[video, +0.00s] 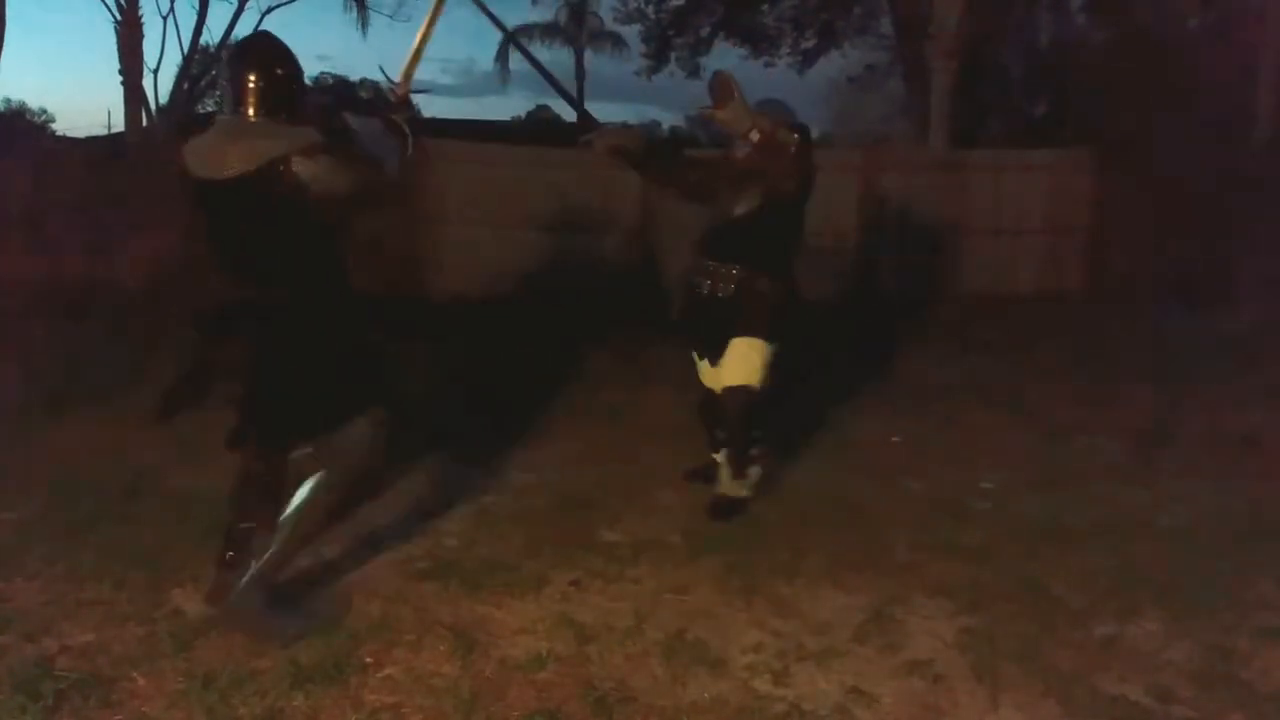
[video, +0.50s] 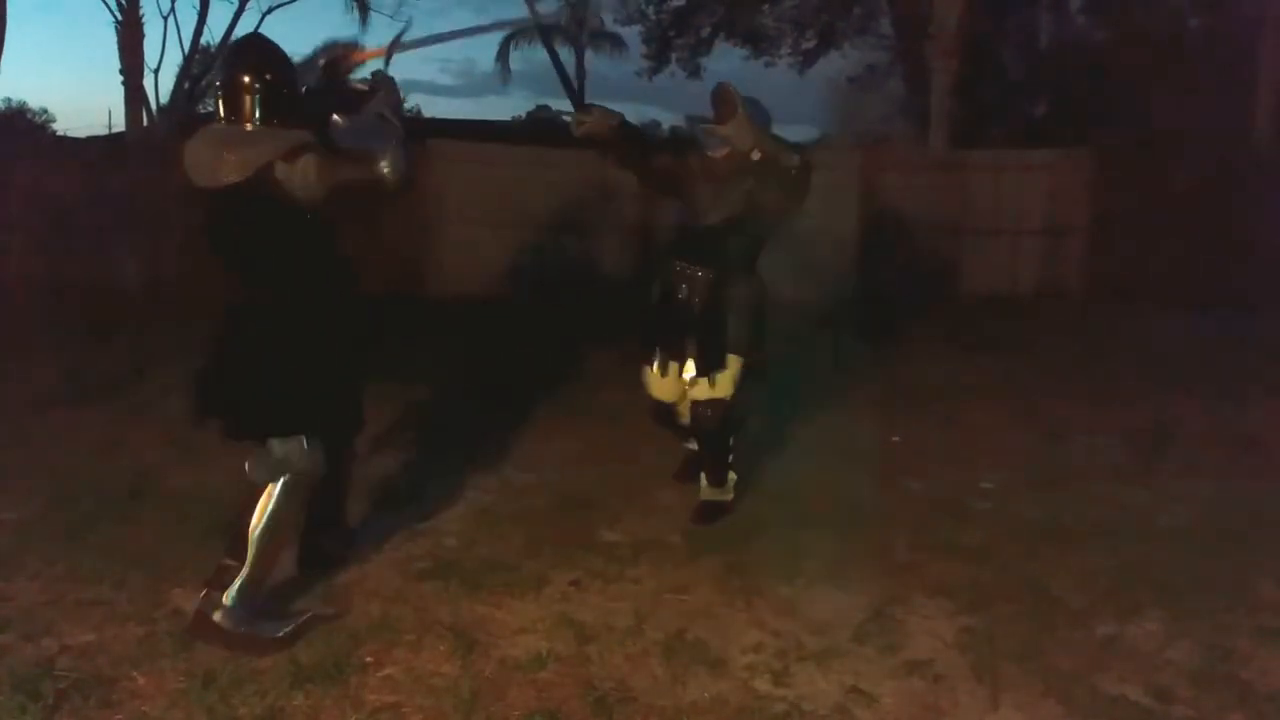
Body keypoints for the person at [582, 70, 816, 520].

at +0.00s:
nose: (743, 145)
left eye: (760, 138)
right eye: (741, 138)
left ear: (783, 140)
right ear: (736, 140)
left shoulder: (790, 179)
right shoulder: (726, 173)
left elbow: (791, 152)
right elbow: (682, 174)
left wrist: (748, 125)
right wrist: (636, 152)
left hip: (757, 292)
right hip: (712, 288)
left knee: (738, 390)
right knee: (712, 386)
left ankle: (736, 484)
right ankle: (721, 457)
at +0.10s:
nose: (732, 144)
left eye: (741, 137)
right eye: (729, 136)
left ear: (765, 138)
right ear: (729, 137)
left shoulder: (783, 182)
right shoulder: (720, 174)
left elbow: (797, 154)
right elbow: (673, 172)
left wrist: (753, 125)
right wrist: (631, 150)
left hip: (753, 292)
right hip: (709, 289)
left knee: (719, 390)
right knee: (706, 384)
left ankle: (720, 478)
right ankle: (718, 459)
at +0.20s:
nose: (738, 145)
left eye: (748, 139)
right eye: (733, 137)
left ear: (768, 142)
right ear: (728, 139)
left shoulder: (781, 184)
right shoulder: (718, 176)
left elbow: (796, 159)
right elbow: (671, 170)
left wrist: (752, 128)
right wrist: (626, 148)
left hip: (747, 295)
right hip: (704, 292)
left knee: (713, 392)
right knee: (701, 386)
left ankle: (718, 485)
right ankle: (716, 460)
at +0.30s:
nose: (728, 148)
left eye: (738, 142)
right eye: (727, 139)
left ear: (760, 145)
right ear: (722, 140)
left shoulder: (772, 189)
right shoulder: (707, 177)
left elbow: (797, 167)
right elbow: (658, 165)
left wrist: (758, 134)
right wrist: (617, 138)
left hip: (743, 294)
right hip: (704, 290)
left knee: (712, 395)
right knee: (696, 382)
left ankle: (721, 487)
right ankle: (715, 460)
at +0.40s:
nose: (723, 145)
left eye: (733, 137)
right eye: (721, 136)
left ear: (756, 139)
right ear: (718, 136)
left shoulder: (772, 182)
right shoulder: (705, 174)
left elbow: (797, 175)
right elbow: (654, 164)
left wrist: (765, 143)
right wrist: (613, 135)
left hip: (740, 289)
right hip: (694, 283)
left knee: (718, 393)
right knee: (688, 381)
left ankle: (722, 486)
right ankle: (712, 459)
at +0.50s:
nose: (715, 150)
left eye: (725, 142)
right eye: (711, 140)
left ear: (747, 144)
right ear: (704, 138)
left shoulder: (763, 186)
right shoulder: (687, 171)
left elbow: (796, 175)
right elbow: (646, 158)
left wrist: (758, 143)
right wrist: (613, 133)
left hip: (729, 288)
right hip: (677, 280)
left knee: (711, 399)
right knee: (663, 388)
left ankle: (719, 486)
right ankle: (698, 445)